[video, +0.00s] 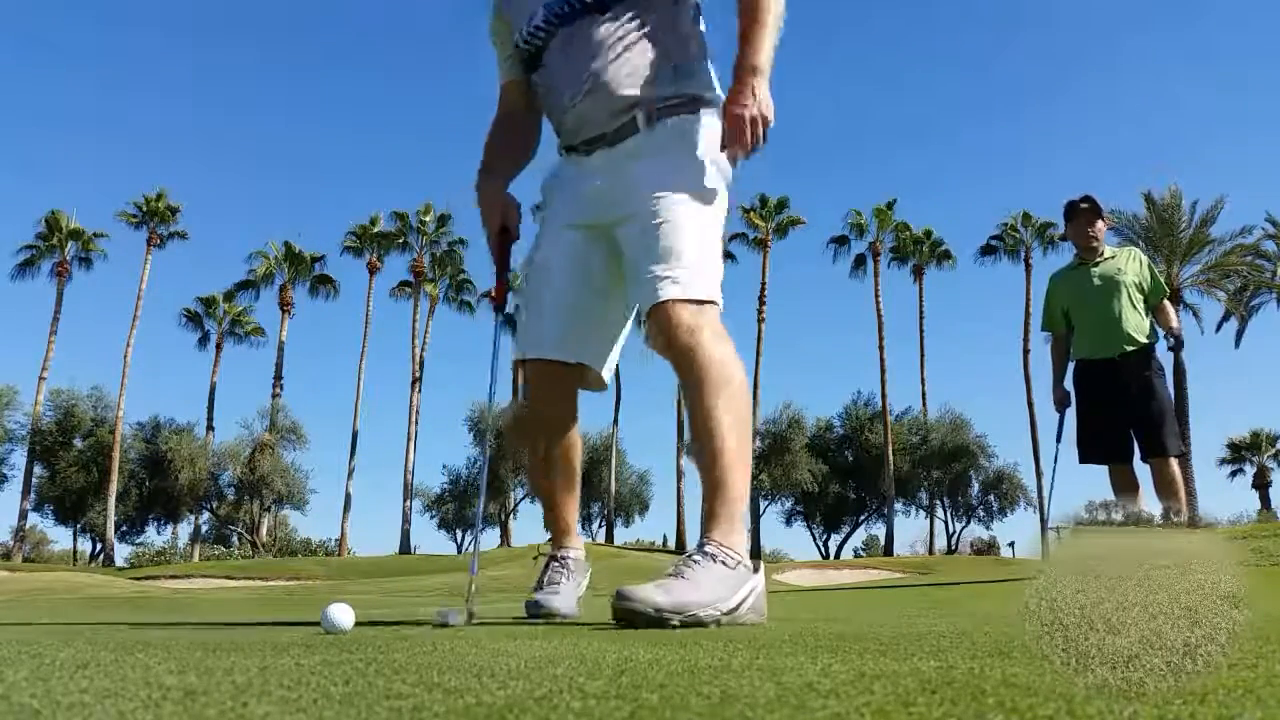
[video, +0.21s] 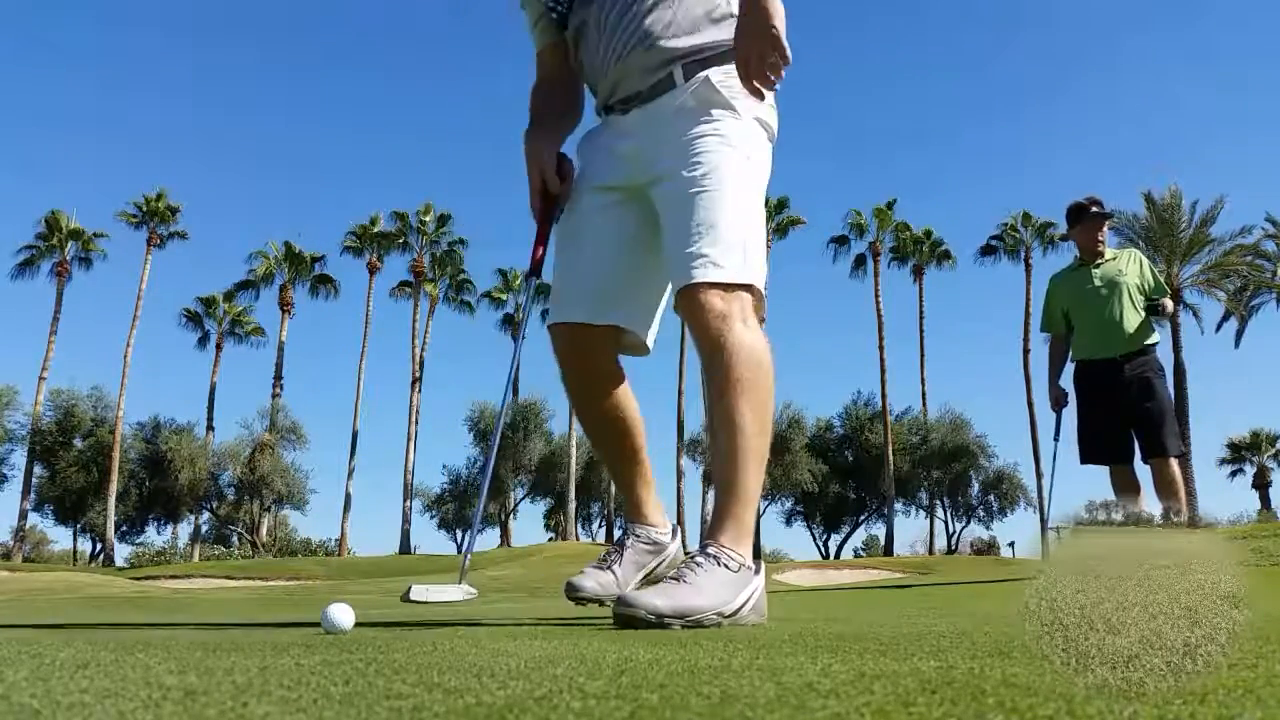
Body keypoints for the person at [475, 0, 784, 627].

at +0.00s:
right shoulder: (507, 8)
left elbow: (762, 2)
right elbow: (518, 102)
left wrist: (751, 73)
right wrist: (491, 180)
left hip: (671, 132)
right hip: (577, 166)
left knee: (682, 319)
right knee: (544, 368)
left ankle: (729, 556)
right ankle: (566, 553)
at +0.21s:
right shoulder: (546, 6)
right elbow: (555, 68)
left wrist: (759, 7)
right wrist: (542, 135)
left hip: (710, 84)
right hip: (613, 123)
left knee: (715, 300)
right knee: (577, 331)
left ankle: (732, 559)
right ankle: (649, 532)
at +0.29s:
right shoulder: (558, 6)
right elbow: (565, 67)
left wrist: (741, 6)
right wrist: (555, 132)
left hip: (717, 78)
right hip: (624, 118)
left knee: (722, 301)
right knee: (593, 327)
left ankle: (733, 557)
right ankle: (669, 538)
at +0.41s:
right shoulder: (566, 5)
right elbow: (577, 59)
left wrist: (697, 17)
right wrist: (578, 134)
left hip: (736, 53)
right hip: (640, 103)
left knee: (729, 291)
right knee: (616, 324)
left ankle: (733, 560)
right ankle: (670, 549)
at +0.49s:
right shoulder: (568, 6)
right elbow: (584, 57)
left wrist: (678, 26)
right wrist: (591, 123)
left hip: (737, 46)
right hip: (635, 97)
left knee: (733, 293)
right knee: (627, 323)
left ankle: (734, 560)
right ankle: (665, 552)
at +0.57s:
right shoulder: (564, 7)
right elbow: (586, 61)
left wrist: (671, 41)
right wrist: (599, 120)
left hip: (738, 45)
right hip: (636, 85)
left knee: (732, 294)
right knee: (636, 321)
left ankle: (733, 561)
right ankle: (665, 554)